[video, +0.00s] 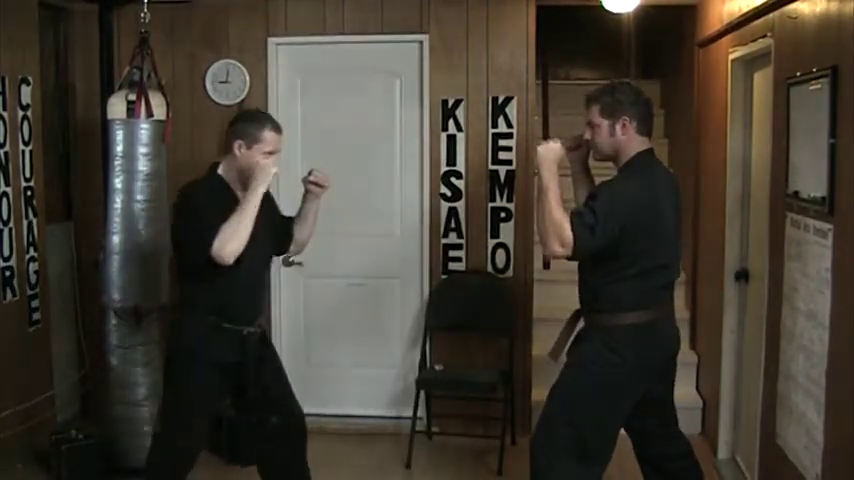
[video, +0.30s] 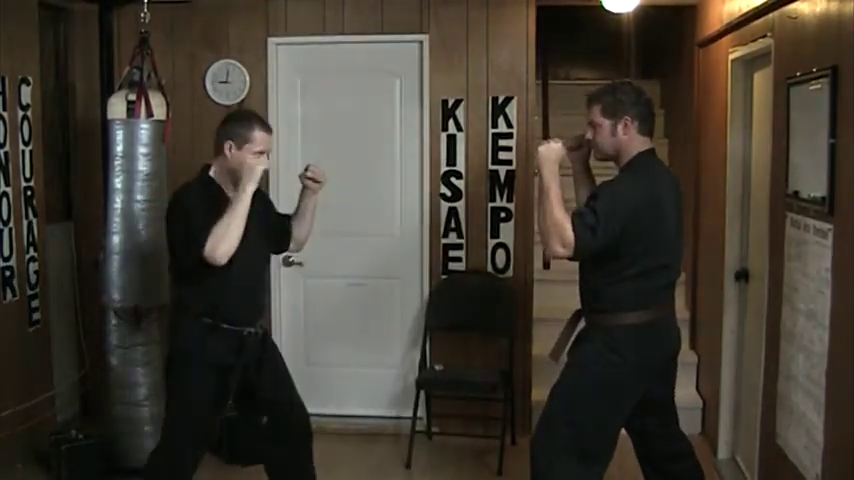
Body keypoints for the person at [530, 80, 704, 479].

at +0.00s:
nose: (587, 136)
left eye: (592, 126)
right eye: (587, 127)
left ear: (623, 127)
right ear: (626, 127)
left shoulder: (628, 187)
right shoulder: (661, 180)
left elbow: (561, 242)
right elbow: (598, 227)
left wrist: (547, 170)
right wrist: (580, 168)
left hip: (617, 342)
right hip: (654, 336)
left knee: (555, 454)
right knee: (664, 451)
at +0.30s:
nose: (588, 136)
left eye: (594, 126)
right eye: (588, 127)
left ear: (625, 127)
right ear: (628, 127)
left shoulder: (631, 185)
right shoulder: (661, 179)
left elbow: (562, 243)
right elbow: (598, 227)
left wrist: (548, 170)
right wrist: (581, 168)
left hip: (618, 342)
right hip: (655, 336)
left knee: (555, 454)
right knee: (665, 450)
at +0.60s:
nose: (588, 136)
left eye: (594, 126)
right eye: (588, 127)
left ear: (625, 126)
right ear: (628, 127)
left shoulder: (629, 187)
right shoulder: (663, 180)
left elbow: (562, 243)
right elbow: (600, 227)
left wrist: (548, 171)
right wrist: (580, 167)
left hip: (618, 342)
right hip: (657, 336)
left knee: (556, 454)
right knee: (664, 449)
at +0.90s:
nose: (589, 136)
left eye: (594, 126)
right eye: (588, 127)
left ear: (624, 127)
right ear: (628, 127)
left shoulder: (629, 186)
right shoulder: (662, 180)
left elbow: (562, 244)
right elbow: (600, 228)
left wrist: (547, 172)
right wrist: (580, 168)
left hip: (618, 342)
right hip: (656, 336)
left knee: (556, 454)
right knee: (665, 450)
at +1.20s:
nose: (587, 136)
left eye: (592, 126)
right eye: (587, 127)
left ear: (623, 127)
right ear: (626, 127)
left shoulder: (628, 187)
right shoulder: (662, 180)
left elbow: (562, 244)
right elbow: (599, 230)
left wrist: (548, 171)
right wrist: (578, 168)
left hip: (617, 341)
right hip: (655, 335)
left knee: (556, 454)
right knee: (663, 448)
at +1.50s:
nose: (585, 137)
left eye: (590, 127)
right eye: (585, 128)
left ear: (621, 127)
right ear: (625, 127)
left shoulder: (627, 187)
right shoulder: (660, 180)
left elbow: (561, 244)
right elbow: (595, 227)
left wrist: (547, 172)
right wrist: (576, 168)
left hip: (616, 342)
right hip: (653, 336)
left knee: (556, 454)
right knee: (663, 448)